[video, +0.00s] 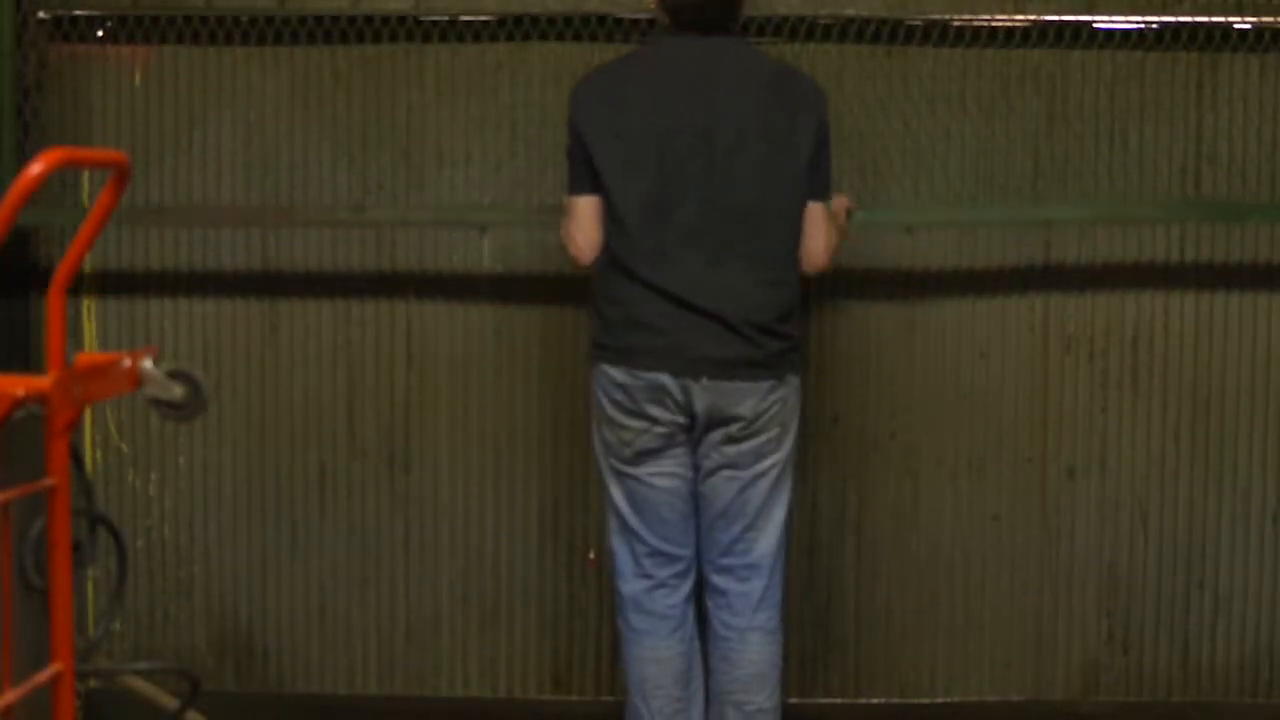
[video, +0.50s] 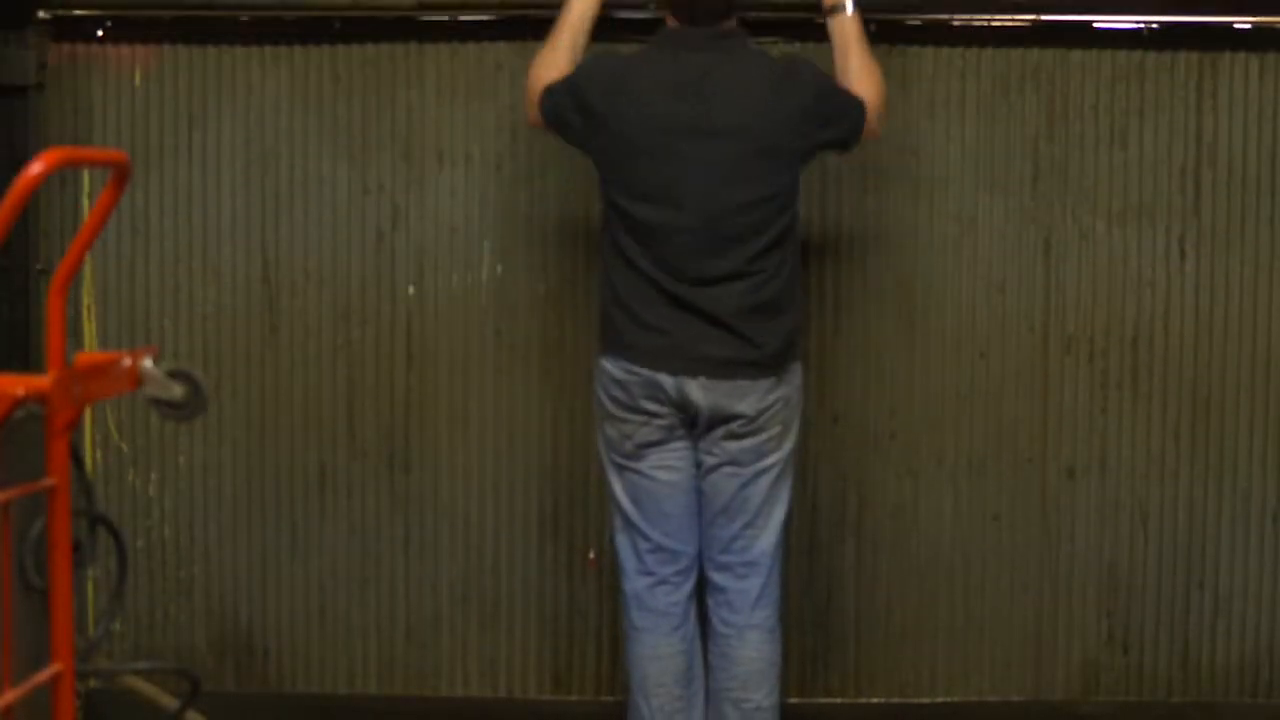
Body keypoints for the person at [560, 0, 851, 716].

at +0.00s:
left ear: (660, 7)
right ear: (740, 7)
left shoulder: (605, 90)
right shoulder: (793, 93)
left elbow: (584, 243)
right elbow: (814, 254)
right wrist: (833, 216)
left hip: (636, 367)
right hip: (752, 371)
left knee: (654, 583)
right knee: (744, 584)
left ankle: (665, 716)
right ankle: (745, 714)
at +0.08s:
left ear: (661, 5)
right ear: (738, 5)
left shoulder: (605, 89)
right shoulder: (792, 91)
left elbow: (579, 241)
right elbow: (817, 249)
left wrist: (635, 187)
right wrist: (829, 185)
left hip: (636, 365)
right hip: (753, 369)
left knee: (655, 582)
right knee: (744, 583)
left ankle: (665, 716)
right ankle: (745, 715)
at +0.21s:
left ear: (659, 5)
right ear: (738, 5)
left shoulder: (606, 91)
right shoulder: (790, 93)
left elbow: (566, 230)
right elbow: (824, 236)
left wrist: (623, 163)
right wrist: (824, 145)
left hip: (637, 367)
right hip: (753, 371)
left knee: (656, 583)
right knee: (744, 585)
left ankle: (664, 716)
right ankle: (744, 716)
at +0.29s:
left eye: (660, 3)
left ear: (659, 7)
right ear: (737, 7)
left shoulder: (611, 91)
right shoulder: (788, 93)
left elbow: (553, 208)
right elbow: (836, 213)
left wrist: (581, 109)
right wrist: (826, 113)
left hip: (638, 365)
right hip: (752, 369)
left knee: (656, 581)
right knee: (744, 582)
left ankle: (664, 715)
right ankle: (744, 716)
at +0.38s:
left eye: (671, 2)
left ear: (663, 7)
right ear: (735, 6)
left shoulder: (614, 88)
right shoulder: (783, 90)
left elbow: (545, 167)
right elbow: (853, 174)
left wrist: (578, 71)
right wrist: (834, 76)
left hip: (638, 364)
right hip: (752, 368)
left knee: (656, 580)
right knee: (744, 581)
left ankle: (665, 716)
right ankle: (745, 715)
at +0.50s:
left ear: (664, 10)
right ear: (741, 11)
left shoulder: (620, 83)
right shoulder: (781, 88)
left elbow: (543, 96)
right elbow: (863, 106)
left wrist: (583, 1)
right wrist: (843, 11)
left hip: (638, 358)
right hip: (750, 363)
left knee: (656, 579)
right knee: (744, 580)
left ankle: (666, 714)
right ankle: (744, 713)